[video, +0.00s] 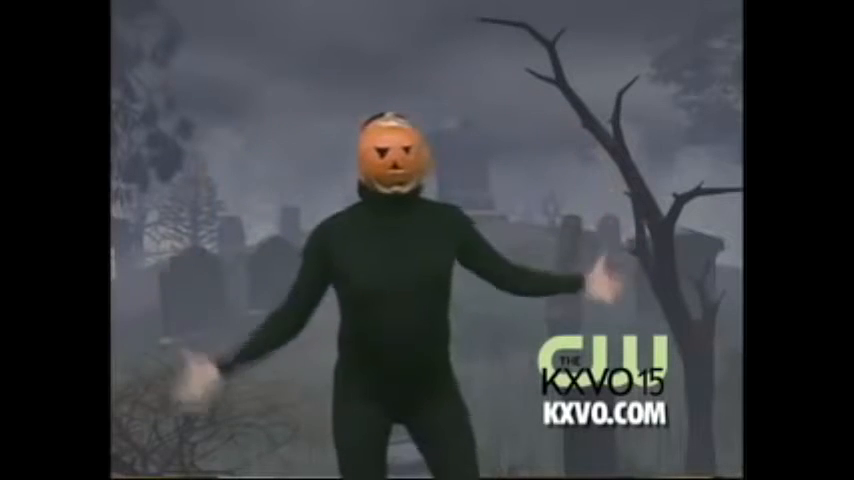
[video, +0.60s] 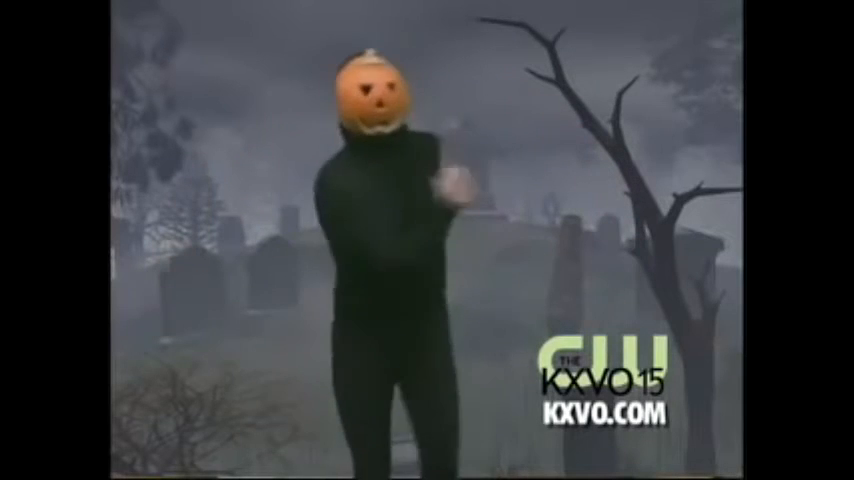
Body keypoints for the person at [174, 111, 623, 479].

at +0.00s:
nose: (394, 158)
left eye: (405, 148)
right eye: (381, 151)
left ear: (422, 161)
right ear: (362, 164)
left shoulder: (446, 223)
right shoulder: (333, 235)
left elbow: (508, 277)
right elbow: (291, 315)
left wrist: (581, 282)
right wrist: (227, 364)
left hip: (432, 387)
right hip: (361, 392)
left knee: (462, 472)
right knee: (360, 475)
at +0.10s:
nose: (394, 160)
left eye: (405, 149)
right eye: (380, 150)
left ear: (421, 157)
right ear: (358, 161)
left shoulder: (439, 215)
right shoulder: (338, 231)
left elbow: (473, 275)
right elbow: (319, 324)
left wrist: (509, 319)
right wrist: (300, 391)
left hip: (432, 384)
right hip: (364, 389)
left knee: (449, 472)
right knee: (364, 473)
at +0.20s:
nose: (395, 148)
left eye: (405, 137)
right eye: (380, 140)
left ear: (419, 147)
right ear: (356, 152)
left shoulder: (435, 210)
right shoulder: (343, 224)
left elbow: (439, 289)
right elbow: (352, 307)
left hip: (432, 363)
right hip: (367, 367)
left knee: (451, 466)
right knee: (369, 466)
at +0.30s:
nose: (397, 136)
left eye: (407, 126)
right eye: (381, 129)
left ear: (420, 138)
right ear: (358, 146)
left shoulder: (432, 200)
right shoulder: (346, 218)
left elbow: (423, 270)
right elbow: (356, 309)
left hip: (427, 344)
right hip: (365, 355)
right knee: (377, 467)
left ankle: (456, 473)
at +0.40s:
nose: (398, 120)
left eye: (406, 110)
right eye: (383, 113)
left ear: (424, 125)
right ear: (360, 135)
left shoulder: (432, 181)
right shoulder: (351, 206)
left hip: (423, 325)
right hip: (367, 340)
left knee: (464, 350)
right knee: (378, 469)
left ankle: (443, 470)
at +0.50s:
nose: (395, 94)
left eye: (405, 84)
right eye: (379, 86)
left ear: (419, 97)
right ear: (356, 110)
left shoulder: (432, 160)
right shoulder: (346, 179)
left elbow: (432, 253)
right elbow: (413, 263)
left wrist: (453, 169)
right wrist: (449, 180)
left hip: (428, 320)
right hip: (366, 331)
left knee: (458, 415)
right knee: (376, 454)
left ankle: (446, 474)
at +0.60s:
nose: (380, 95)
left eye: (389, 85)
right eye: (365, 87)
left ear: (405, 94)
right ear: (343, 104)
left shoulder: (429, 153)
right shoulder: (337, 178)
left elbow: (429, 238)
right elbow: (381, 258)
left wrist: (450, 198)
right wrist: (442, 210)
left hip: (426, 336)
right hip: (362, 343)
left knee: (442, 463)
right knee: (372, 466)